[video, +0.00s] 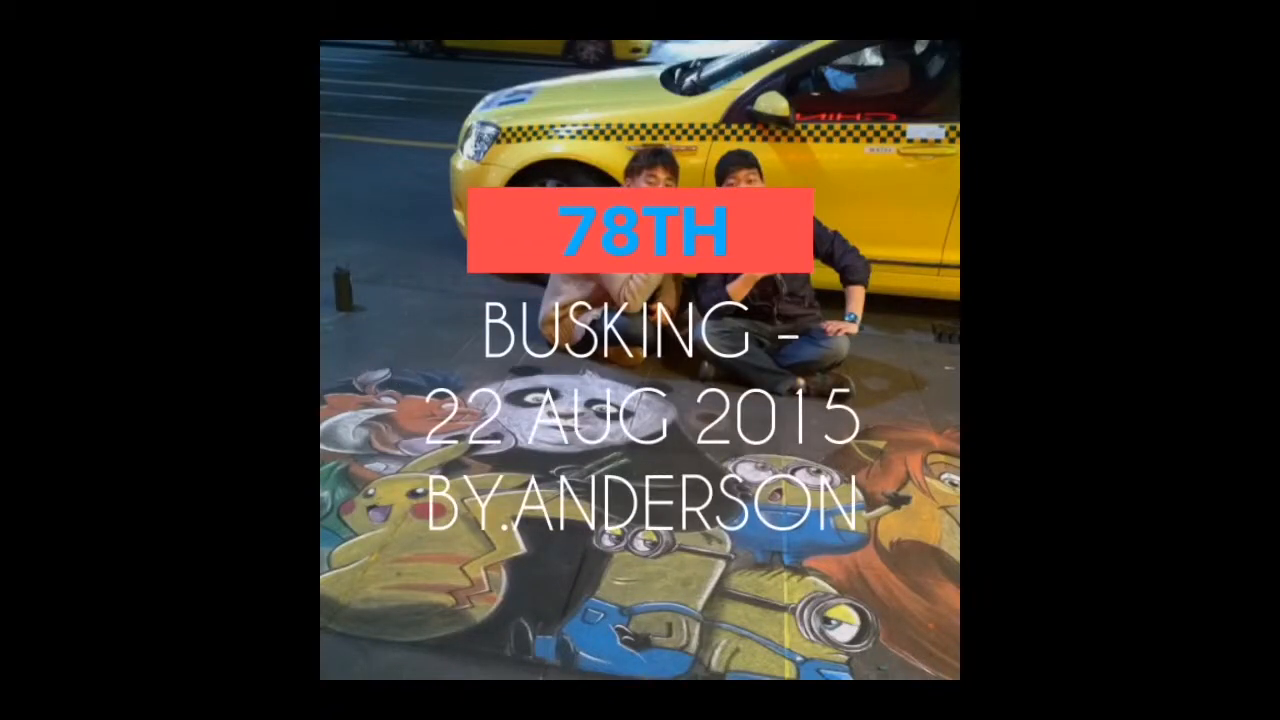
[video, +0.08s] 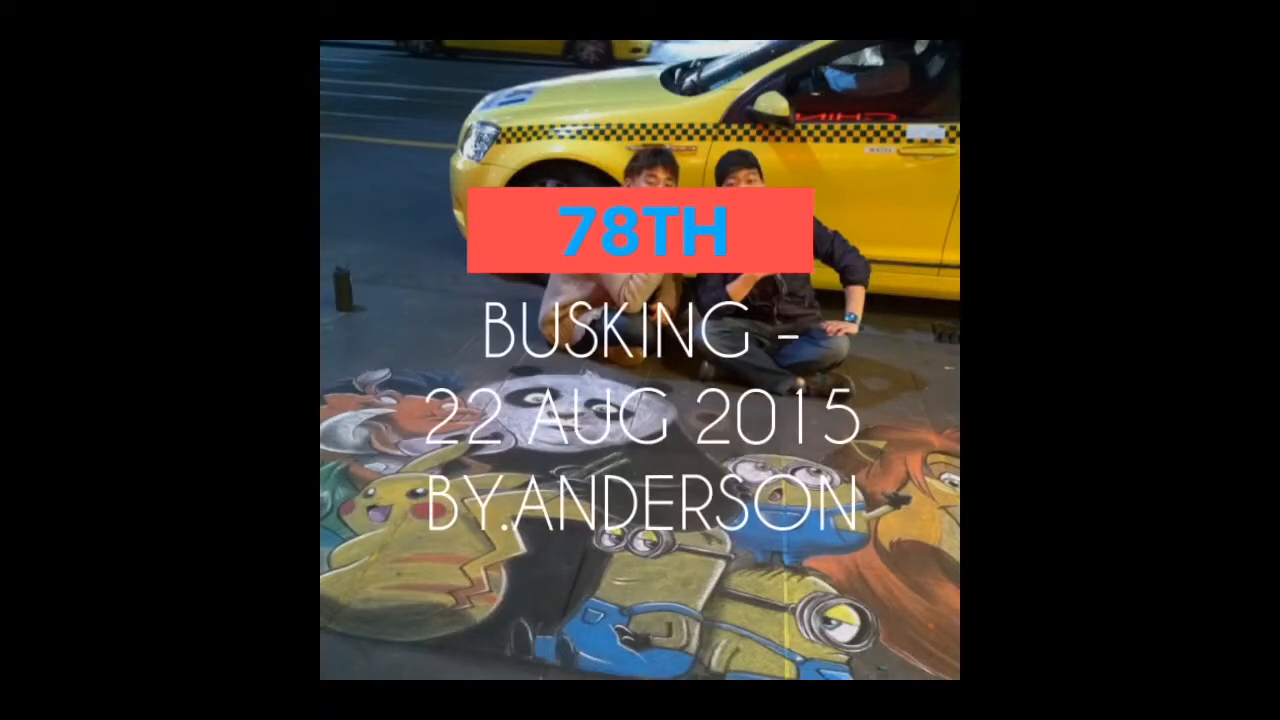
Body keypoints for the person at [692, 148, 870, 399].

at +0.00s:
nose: (743, 190)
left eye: (750, 181)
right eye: (732, 184)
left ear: (763, 184)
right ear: (721, 192)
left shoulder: (791, 220)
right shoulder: (716, 230)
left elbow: (853, 262)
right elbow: (707, 303)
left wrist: (851, 319)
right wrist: (751, 276)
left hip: (800, 325)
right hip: (747, 324)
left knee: (837, 345)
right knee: (708, 333)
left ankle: (732, 371)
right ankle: (798, 386)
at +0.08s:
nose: (743, 190)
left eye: (750, 181)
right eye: (732, 184)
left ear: (763, 184)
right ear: (721, 192)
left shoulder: (791, 220)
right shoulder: (716, 230)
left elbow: (853, 262)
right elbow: (707, 303)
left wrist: (851, 319)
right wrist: (751, 276)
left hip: (800, 325)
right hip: (747, 324)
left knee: (837, 345)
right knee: (708, 333)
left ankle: (732, 371)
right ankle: (798, 386)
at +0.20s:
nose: (743, 190)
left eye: (750, 181)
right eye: (732, 184)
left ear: (763, 184)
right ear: (721, 192)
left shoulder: (791, 220)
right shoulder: (716, 230)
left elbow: (853, 262)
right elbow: (707, 303)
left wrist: (851, 319)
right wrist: (751, 276)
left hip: (800, 325)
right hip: (747, 324)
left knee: (837, 345)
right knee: (708, 333)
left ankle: (732, 371)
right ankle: (798, 386)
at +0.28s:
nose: (743, 190)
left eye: (750, 181)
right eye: (732, 184)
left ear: (763, 184)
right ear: (721, 192)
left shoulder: (791, 220)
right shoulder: (716, 230)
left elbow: (853, 262)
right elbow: (707, 303)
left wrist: (851, 319)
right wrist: (751, 276)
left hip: (800, 325)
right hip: (747, 324)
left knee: (837, 345)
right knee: (708, 333)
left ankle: (732, 371)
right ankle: (798, 386)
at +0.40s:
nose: (743, 190)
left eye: (750, 181)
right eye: (732, 184)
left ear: (763, 184)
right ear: (721, 192)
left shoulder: (791, 220)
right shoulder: (716, 230)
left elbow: (853, 262)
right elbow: (707, 303)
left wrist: (851, 319)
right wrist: (751, 276)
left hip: (800, 325)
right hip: (747, 324)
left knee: (837, 345)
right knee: (708, 333)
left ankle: (732, 371)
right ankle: (798, 386)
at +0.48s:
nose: (743, 190)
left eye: (750, 181)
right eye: (732, 184)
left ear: (763, 184)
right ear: (721, 192)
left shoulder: (791, 220)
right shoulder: (716, 230)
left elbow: (853, 262)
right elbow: (707, 303)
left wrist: (851, 319)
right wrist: (751, 276)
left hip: (800, 325)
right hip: (747, 324)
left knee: (837, 345)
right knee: (708, 333)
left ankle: (732, 371)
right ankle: (798, 386)